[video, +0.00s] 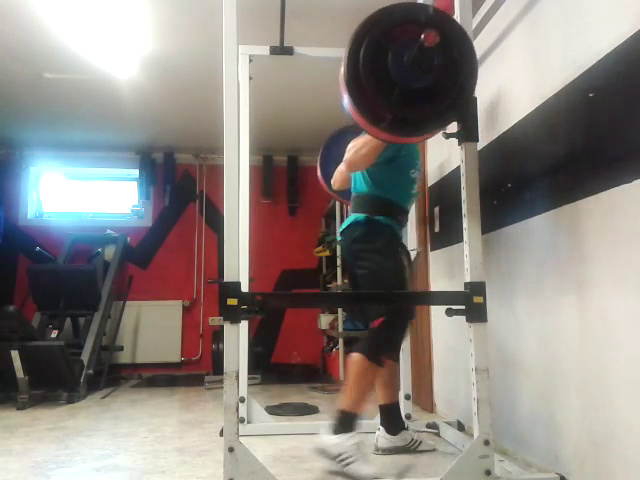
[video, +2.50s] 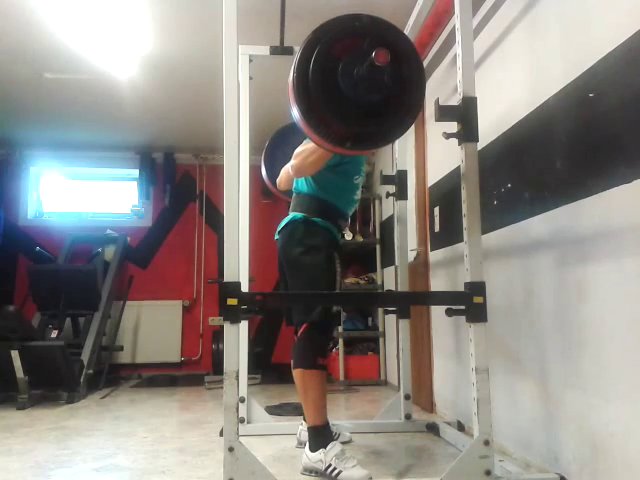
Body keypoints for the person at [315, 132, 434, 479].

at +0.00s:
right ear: (403, 102)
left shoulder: (399, 140)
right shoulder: (384, 132)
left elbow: (338, 181)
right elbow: (350, 162)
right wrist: (390, 127)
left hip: (380, 232)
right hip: (369, 230)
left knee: (388, 323)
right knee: (390, 316)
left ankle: (392, 430)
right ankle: (340, 432)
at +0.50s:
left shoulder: (370, 131)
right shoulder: (356, 122)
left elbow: (305, 176)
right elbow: (315, 155)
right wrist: (358, 122)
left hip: (342, 229)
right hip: (327, 226)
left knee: (351, 330)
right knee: (333, 329)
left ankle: (378, 422)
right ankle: (320, 445)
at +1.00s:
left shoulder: (355, 137)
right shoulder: (338, 131)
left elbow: (292, 180)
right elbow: (300, 168)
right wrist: (340, 138)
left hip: (321, 232)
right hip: (315, 231)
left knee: (320, 332)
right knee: (328, 331)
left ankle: (317, 432)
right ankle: (321, 446)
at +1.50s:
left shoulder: (353, 137)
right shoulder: (338, 132)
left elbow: (289, 180)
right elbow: (297, 168)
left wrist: (302, 162)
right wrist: (340, 138)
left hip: (319, 232)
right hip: (313, 232)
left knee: (321, 330)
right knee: (326, 329)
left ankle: (318, 433)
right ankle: (320, 445)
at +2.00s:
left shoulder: (348, 136)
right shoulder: (333, 131)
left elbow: (282, 180)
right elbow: (295, 167)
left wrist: (297, 166)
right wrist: (336, 140)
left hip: (311, 232)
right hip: (308, 231)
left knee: (309, 334)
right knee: (320, 332)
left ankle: (314, 430)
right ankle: (320, 446)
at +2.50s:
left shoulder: (347, 140)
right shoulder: (333, 133)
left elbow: (282, 181)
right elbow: (294, 169)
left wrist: (299, 166)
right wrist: (333, 141)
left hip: (316, 234)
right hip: (307, 232)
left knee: (314, 332)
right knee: (314, 331)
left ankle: (315, 429)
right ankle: (319, 445)